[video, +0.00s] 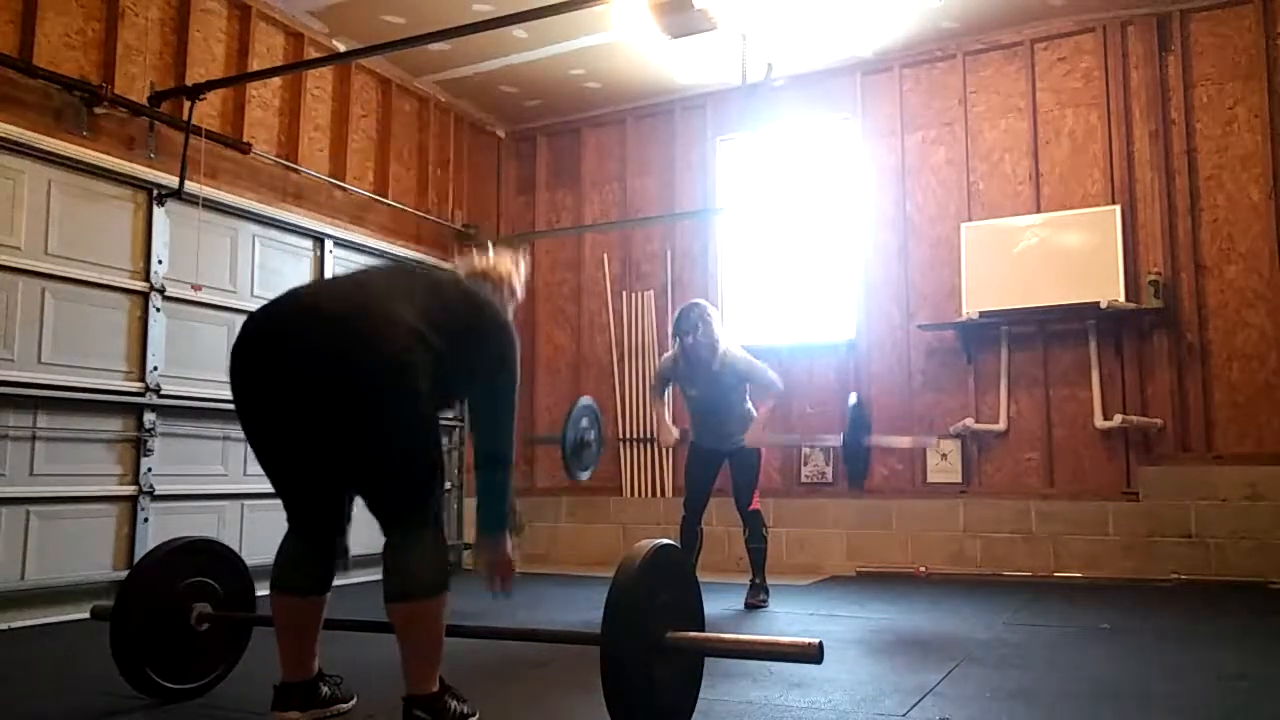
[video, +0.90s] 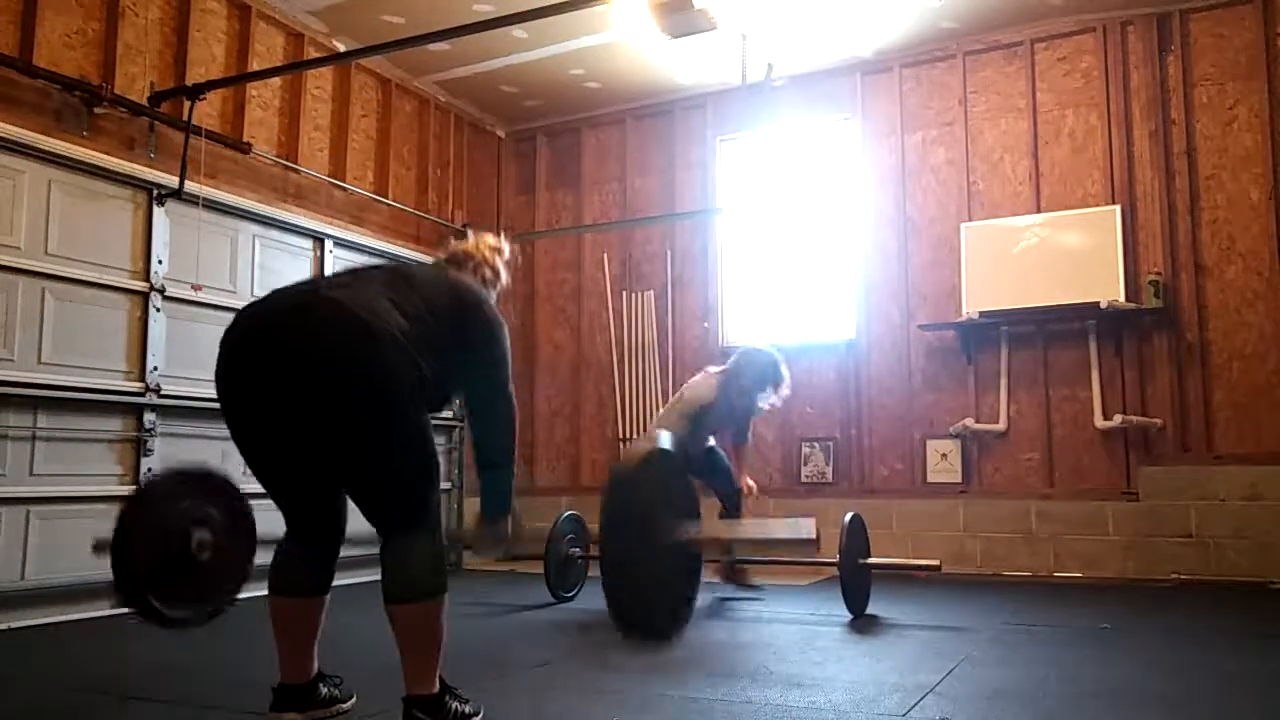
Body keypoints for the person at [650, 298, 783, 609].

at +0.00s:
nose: (691, 341)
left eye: (698, 333)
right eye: (685, 335)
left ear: (713, 332)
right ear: (678, 337)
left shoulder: (732, 360)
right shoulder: (673, 364)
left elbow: (775, 388)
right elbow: (657, 389)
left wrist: (758, 425)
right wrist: (664, 424)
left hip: (742, 442)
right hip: (703, 443)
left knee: (747, 506)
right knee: (691, 512)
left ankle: (758, 582)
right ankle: (684, 581)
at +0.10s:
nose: (692, 347)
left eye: (699, 340)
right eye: (686, 341)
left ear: (713, 339)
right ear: (679, 344)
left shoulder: (736, 372)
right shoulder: (671, 377)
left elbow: (764, 415)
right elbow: (661, 416)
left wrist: (756, 458)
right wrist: (664, 456)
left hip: (742, 444)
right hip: (704, 445)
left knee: (747, 506)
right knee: (690, 511)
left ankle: (758, 583)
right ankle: (684, 582)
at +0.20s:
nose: (693, 363)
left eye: (701, 354)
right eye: (685, 357)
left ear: (716, 355)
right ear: (678, 362)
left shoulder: (733, 387)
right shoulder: (674, 392)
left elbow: (755, 439)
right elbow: (664, 440)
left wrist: (753, 487)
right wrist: (666, 484)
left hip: (741, 448)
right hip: (704, 451)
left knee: (748, 508)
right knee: (687, 514)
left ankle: (758, 584)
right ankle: (683, 584)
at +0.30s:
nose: (695, 385)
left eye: (701, 376)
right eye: (687, 379)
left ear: (714, 376)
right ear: (678, 383)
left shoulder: (732, 405)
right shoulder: (672, 412)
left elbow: (750, 454)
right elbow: (663, 459)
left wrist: (749, 510)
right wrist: (663, 509)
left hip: (741, 461)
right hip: (705, 463)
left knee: (747, 519)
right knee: (680, 516)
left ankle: (758, 585)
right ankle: (683, 584)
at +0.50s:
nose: (706, 418)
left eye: (711, 410)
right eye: (700, 411)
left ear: (719, 407)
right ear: (687, 409)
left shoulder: (735, 434)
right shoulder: (673, 437)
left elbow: (751, 484)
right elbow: (662, 487)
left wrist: (748, 539)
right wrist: (661, 535)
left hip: (734, 486)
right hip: (700, 487)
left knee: (741, 521)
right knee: (679, 518)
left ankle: (757, 585)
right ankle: (684, 584)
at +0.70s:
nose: (736, 415)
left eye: (739, 409)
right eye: (730, 409)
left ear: (743, 403)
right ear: (712, 399)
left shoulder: (746, 420)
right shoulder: (681, 416)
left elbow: (759, 465)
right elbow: (664, 466)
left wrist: (752, 503)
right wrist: (662, 506)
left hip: (724, 464)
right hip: (686, 464)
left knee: (737, 520)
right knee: (677, 526)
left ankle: (756, 584)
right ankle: (672, 587)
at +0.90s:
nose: (763, 401)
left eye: (765, 395)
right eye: (763, 394)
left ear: (758, 389)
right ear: (743, 382)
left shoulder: (747, 400)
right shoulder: (703, 389)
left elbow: (740, 439)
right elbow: (662, 431)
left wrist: (743, 475)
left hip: (701, 443)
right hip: (669, 445)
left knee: (732, 494)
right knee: (686, 509)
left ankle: (729, 562)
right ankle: (680, 574)